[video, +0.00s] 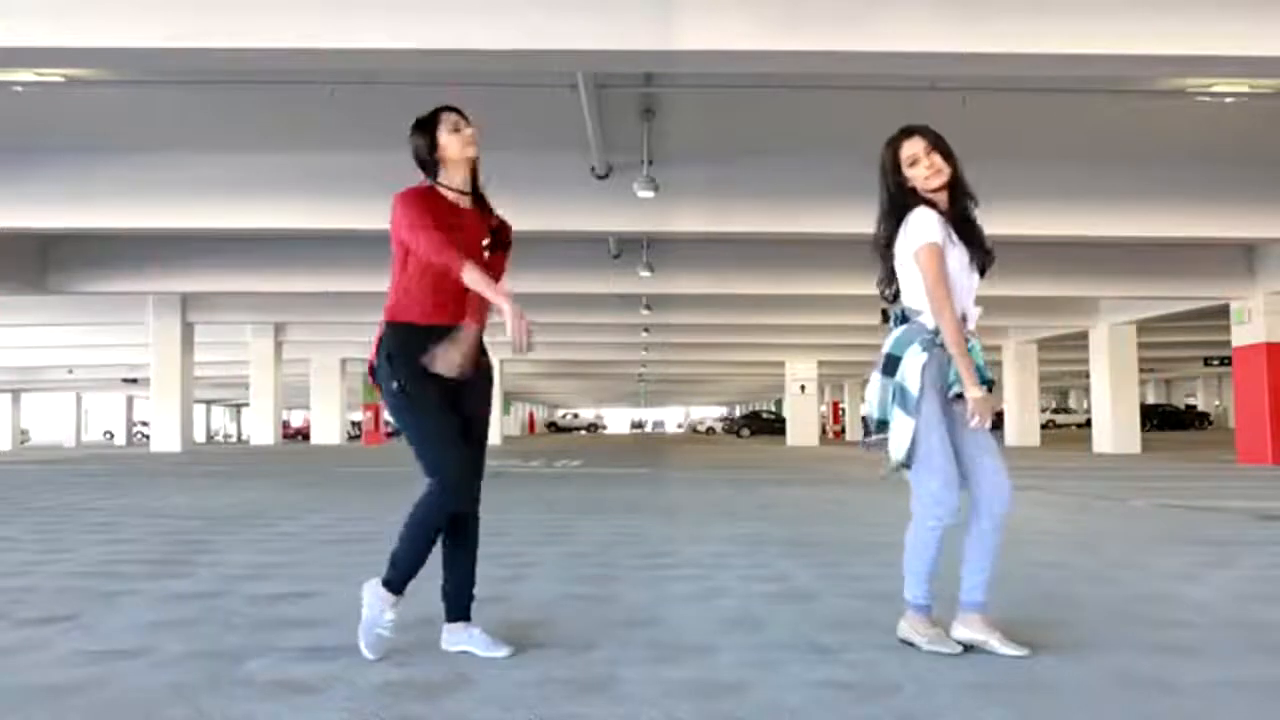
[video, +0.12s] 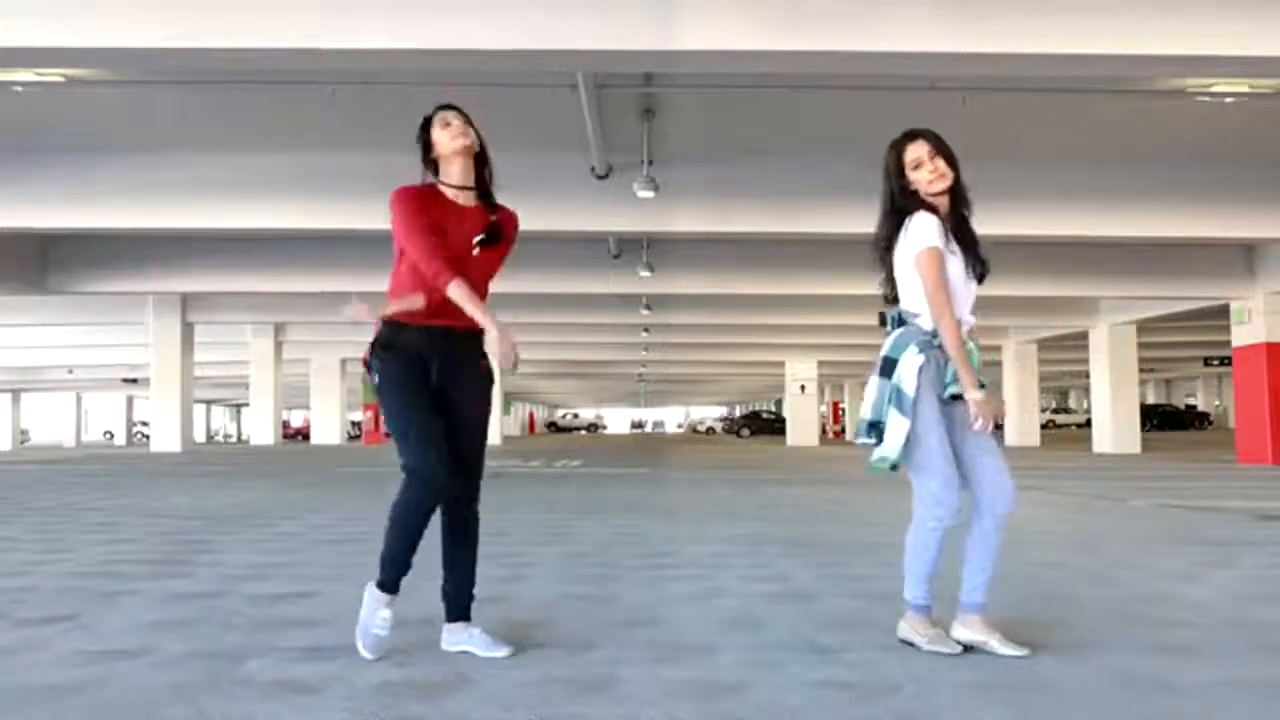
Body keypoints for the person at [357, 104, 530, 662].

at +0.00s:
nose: (470, 130)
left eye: (470, 124)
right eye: (456, 126)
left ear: (476, 141)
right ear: (433, 148)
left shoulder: (496, 227)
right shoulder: (411, 204)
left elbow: (485, 292)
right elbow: (446, 257)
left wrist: (465, 339)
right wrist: (504, 301)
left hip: (467, 351)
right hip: (407, 349)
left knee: (465, 489)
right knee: (450, 480)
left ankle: (458, 624)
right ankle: (385, 594)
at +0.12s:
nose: (459, 127)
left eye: (464, 122)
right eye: (445, 125)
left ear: (479, 142)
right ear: (430, 150)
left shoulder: (502, 220)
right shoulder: (409, 200)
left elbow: (469, 290)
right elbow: (438, 272)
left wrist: (396, 306)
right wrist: (493, 326)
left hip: (464, 354)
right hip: (403, 350)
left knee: (463, 489)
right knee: (428, 474)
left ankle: (458, 625)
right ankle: (383, 595)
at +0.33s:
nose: (432, 126)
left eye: (442, 119)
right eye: (422, 123)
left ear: (465, 140)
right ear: (414, 147)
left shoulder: (488, 212)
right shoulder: (393, 203)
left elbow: (462, 295)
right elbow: (386, 284)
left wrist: (396, 315)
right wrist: (399, 360)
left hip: (455, 352)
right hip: (394, 348)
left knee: (457, 491)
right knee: (371, 483)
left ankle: (458, 624)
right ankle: (345, 607)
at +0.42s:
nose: (414, 128)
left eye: (426, 121)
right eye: (408, 123)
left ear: (451, 140)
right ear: (402, 144)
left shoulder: (473, 213)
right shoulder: (381, 204)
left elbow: (452, 299)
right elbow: (363, 286)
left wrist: (395, 363)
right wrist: (356, 362)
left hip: (443, 353)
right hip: (381, 349)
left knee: (451, 492)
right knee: (353, 486)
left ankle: (457, 624)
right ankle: (322, 611)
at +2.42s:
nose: (342, 157)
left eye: (347, 151)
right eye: (331, 145)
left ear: (346, 164)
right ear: (301, 151)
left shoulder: (354, 226)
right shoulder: (260, 215)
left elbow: (409, 293)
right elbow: (186, 279)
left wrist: (386, 354)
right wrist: (241, 327)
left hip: (350, 368)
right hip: (285, 368)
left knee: (382, 489)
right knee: (291, 500)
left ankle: (371, 614)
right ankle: (300, 624)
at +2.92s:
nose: (361, 159)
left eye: (368, 154)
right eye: (352, 147)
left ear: (368, 170)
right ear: (324, 153)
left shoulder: (372, 232)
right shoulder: (283, 216)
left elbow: (423, 301)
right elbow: (211, 275)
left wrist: (395, 346)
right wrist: (261, 330)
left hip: (366, 376)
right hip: (300, 376)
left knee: (378, 489)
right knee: (299, 496)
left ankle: (394, 601)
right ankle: (300, 620)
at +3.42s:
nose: (409, 175)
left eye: (414, 169)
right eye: (400, 165)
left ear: (414, 183)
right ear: (372, 169)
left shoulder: (414, 243)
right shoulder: (327, 227)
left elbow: (467, 298)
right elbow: (266, 281)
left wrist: (442, 341)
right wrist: (288, 332)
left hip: (405, 385)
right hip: (343, 384)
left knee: (407, 494)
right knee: (333, 498)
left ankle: (397, 602)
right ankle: (306, 614)